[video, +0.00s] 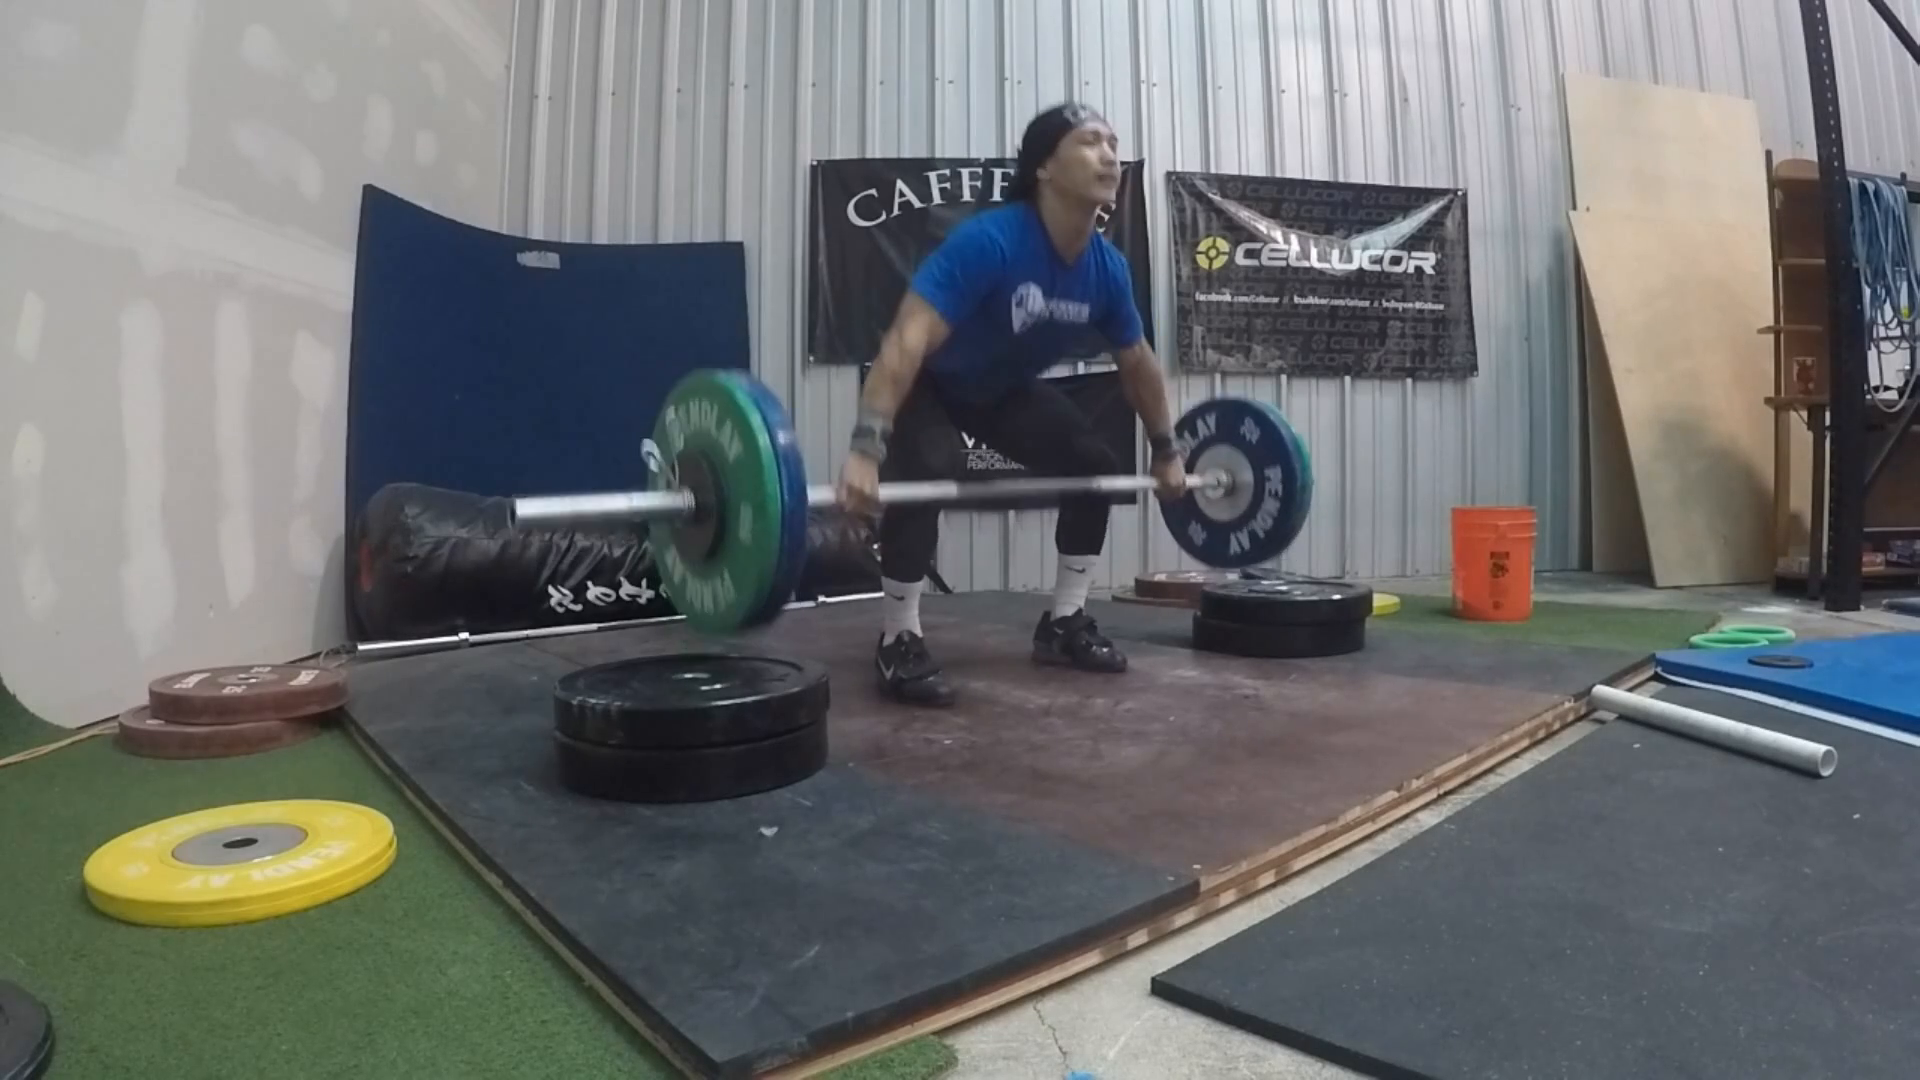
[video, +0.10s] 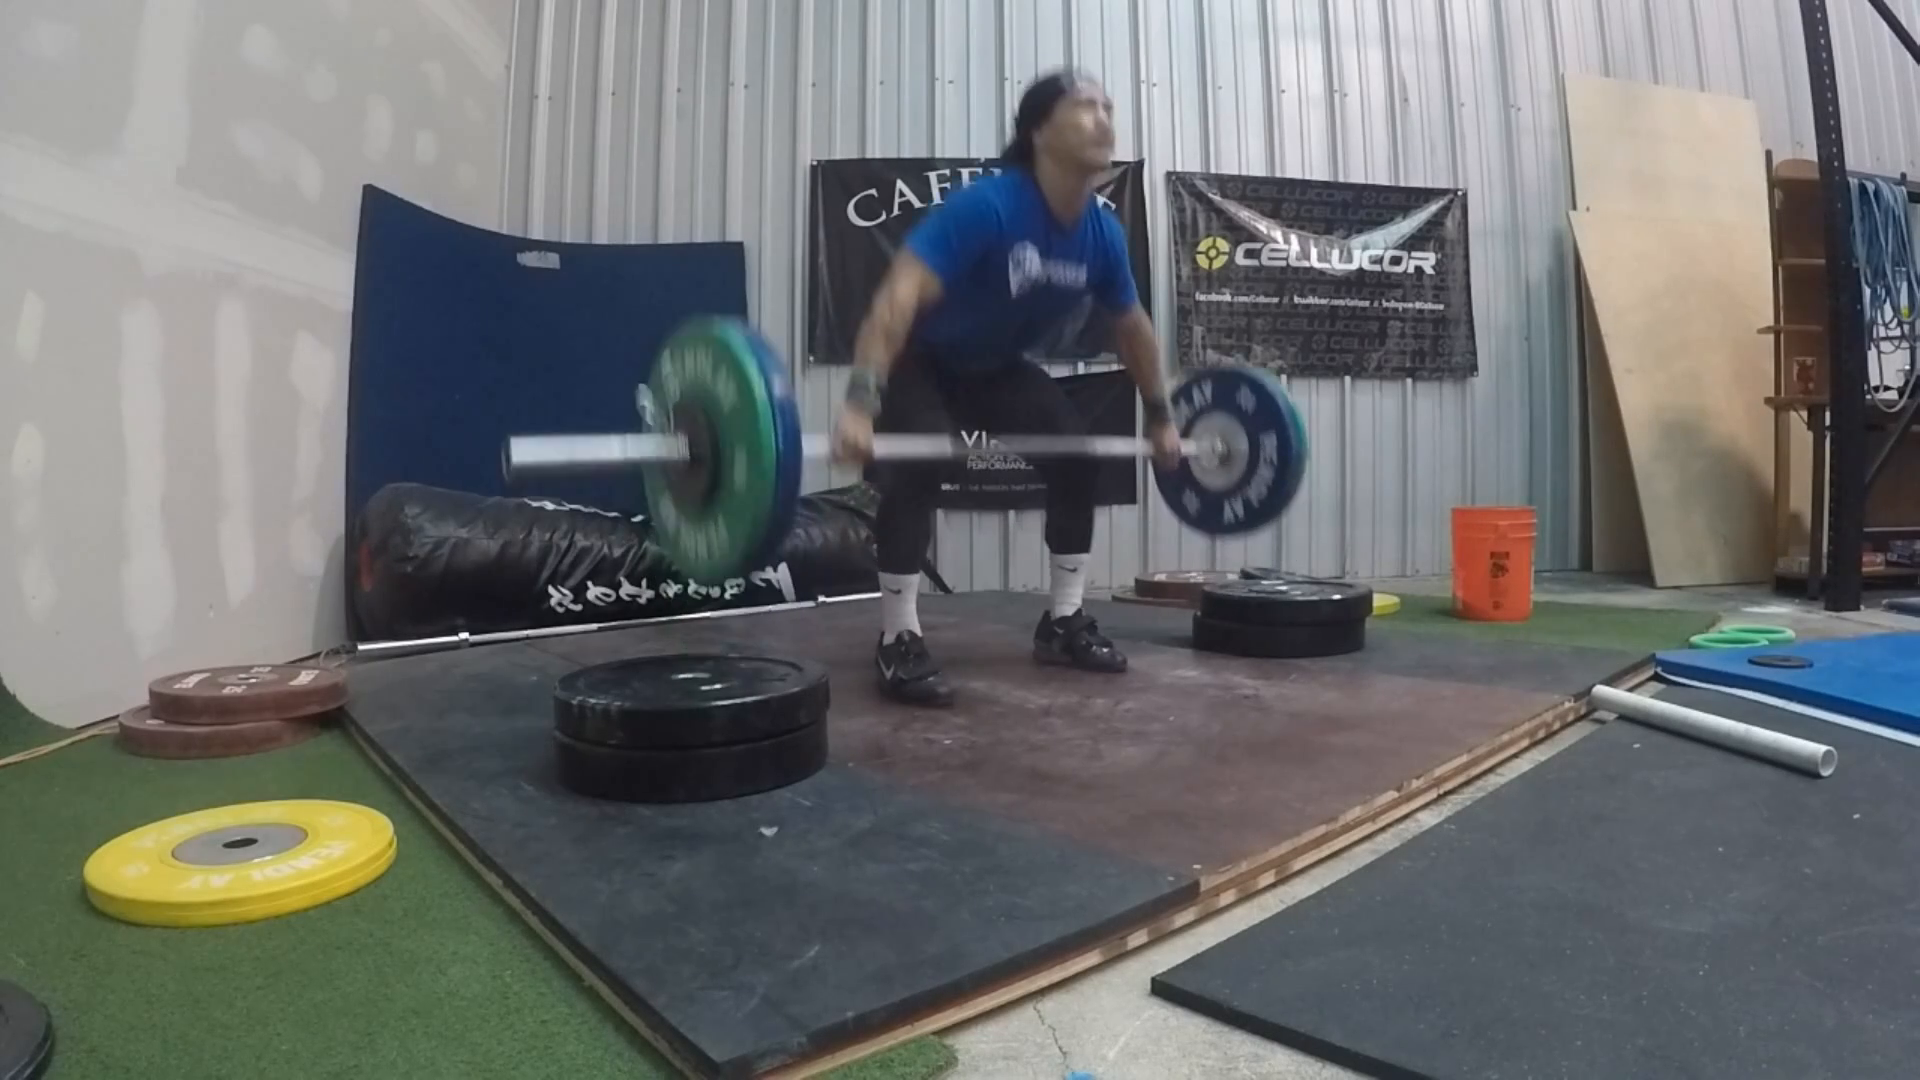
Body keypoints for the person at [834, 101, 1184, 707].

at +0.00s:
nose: (1110, 156)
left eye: (1113, 146)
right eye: (1090, 143)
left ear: (1115, 172)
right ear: (1044, 168)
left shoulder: (1106, 267)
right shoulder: (987, 243)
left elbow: (1137, 361)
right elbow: (908, 337)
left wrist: (1166, 451)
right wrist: (865, 448)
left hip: (1002, 390)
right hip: (923, 384)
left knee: (1094, 463)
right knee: (925, 470)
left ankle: (1065, 620)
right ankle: (900, 640)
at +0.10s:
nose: (1104, 119)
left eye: (1106, 109)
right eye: (1085, 108)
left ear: (1111, 132)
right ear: (1040, 133)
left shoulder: (1102, 231)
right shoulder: (984, 206)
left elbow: (1131, 324)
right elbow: (900, 294)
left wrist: (1162, 417)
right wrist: (860, 400)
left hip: (996, 367)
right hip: (920, 361)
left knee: (1076, 451)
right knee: (917, 459)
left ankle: (1064, 620)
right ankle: (899, 639)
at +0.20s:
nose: (1084, 63)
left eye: (1085, 55)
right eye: (1063, 53)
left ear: (1089, 85)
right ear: (1022, 81)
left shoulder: (1090, 183)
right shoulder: (972, 159)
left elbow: (1124, 277)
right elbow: (884, 233)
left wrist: (1152, 365)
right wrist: (853, 333)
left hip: (1001, 347)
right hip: (916, 340)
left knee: (1074, 454)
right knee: (924, 459)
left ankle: (1063, 620)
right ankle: (901, 639)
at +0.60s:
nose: (914, 139)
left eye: (920, 133)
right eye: (898, 133)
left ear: (932, 155)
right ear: (873, 155)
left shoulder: (971, 213)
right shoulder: (865, 201)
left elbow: (1043, 237)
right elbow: (786, 197)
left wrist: (1108, 187)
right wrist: (804, 123)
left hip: (998, 404)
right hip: (926, 406)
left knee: (1110, 499)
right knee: (916, 517)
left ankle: (1016, 605)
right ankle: (854, 631)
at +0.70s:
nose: (987, 226)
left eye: (988, 216)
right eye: (969, 216)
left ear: (994, 229)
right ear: (931, 232)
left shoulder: (1006, 288)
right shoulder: (898, 288)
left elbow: (1077, 259)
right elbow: (826, 231)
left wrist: (1117, 201)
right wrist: (802, 136)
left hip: (992, 501)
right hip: (913, 502)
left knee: (1109, 516)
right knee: (910, 547)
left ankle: (1011, 611)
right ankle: (849, 634)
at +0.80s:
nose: (1024, 283)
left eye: (1027, 271)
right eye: (1006, 269)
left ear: (1031, 280)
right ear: (960, 284)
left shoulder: (1027, 332)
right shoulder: (916, 332)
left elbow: (1078, 277)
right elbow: (851, 257)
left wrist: (1110, 221)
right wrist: (801, 167)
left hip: (992, 530)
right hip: (915, 532)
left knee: (1102, 518)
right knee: (918, 555)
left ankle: (1011, 614)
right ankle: (854, 635)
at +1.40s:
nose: (993, 303)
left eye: (998, 291)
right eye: (976, 289)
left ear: (1006, 301)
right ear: (933, 303)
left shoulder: (997, 340)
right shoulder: (889, 347)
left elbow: (1044, 287)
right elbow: (818, 275)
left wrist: (1077, 234)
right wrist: (760, 187)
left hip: (966, 544)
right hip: (891, 550)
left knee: (1068, 500)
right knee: (897, 519)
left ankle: (1005, 617)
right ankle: (847, 636)